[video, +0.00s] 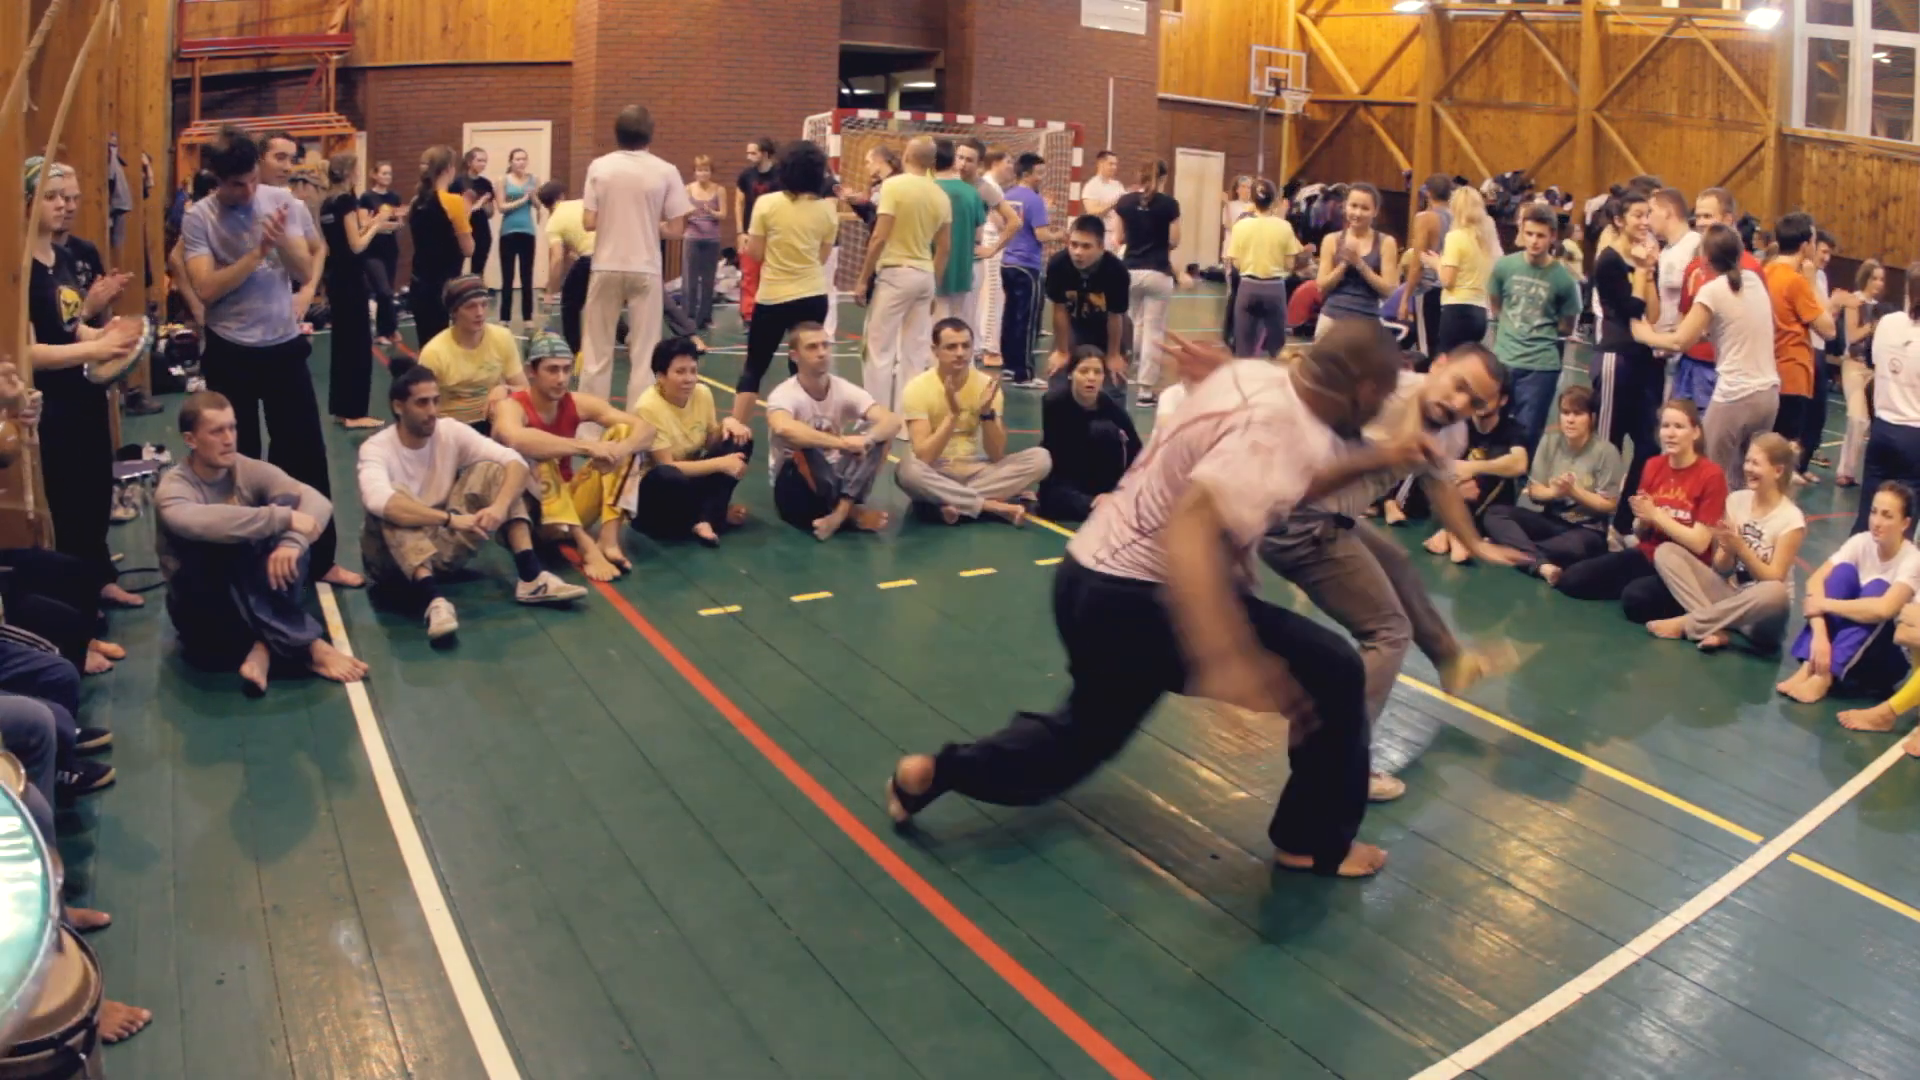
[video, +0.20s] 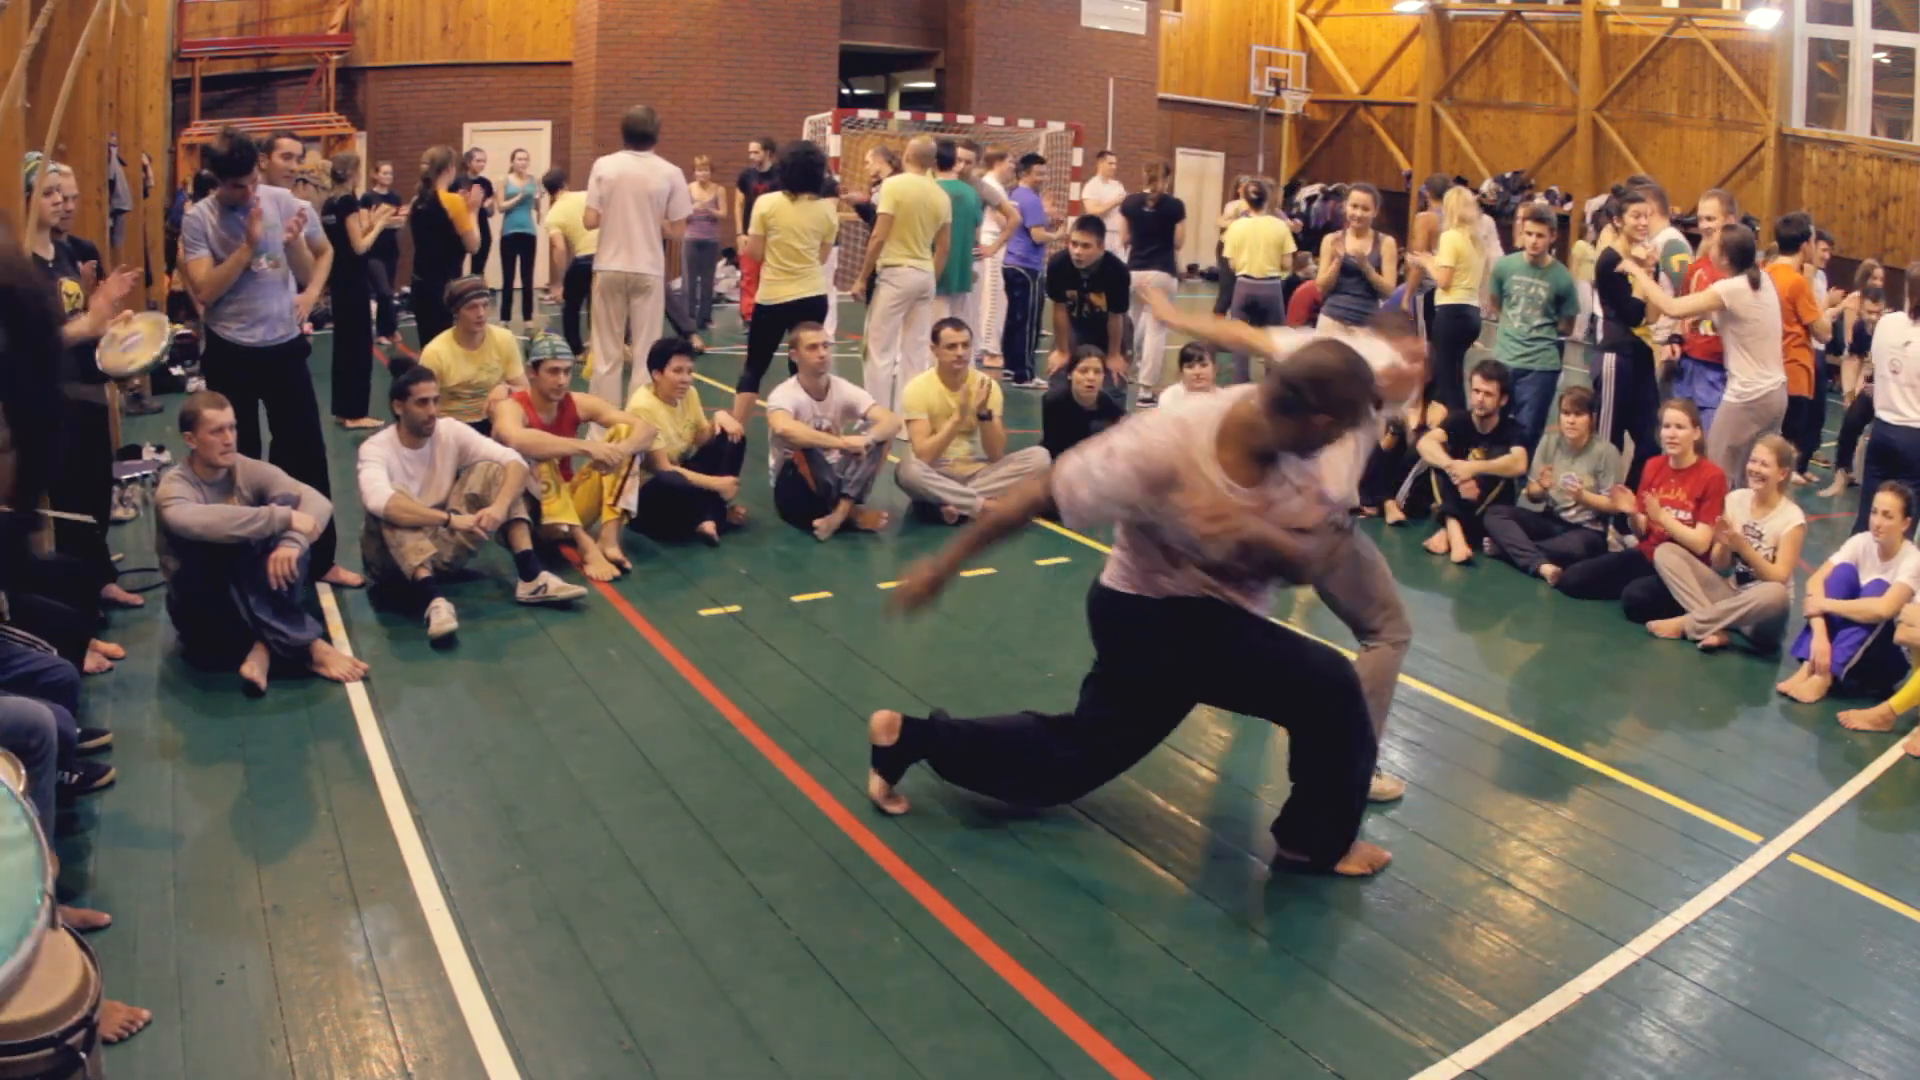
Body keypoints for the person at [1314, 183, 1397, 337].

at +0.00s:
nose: (1357, 213)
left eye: (1364, 208)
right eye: (1353, 206)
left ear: (1375, 213)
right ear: (1345, 207)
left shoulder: (1386, 243)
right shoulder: (1331, 240)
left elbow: (1389, 289)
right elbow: (1322, 285)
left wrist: (1359, 263)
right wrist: (1343, 264)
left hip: (1367, 317)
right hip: (1332, 314)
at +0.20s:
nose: (1358, 214)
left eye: (1365, 209)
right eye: (1354, 207)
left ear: (1375, 213)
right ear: (1345, 207)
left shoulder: (1386, 243)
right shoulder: (1331, 240)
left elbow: (1388, 290)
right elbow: (1322, 286)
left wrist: (1365, 266)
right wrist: (1337, 260)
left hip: (1367, 322)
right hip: (1332, 318)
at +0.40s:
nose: (1357, 213)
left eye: (1364, 209)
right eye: (1353, 207)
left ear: (1375, 213)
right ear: (1345, 208)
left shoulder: (1385, 243)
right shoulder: (1331, 241)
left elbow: (1387, 289)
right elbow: (1323, 285)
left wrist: (1359, 262)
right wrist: (1345, 265)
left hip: (1368, 321)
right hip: (1333, 318)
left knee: (1372, 397)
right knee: (1332, 396)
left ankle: (1371, 458)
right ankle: (1334, 456)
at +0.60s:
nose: (1357, 213)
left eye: (1364, 209)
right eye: (1353, 207)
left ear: (1375, 212)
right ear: (1345, 208)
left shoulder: (1385, 243)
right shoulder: (1332, 240)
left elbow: (1388, 288)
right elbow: (1321, 285)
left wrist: (1367, 267)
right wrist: (1336, 260)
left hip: (1367, 323)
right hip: (1332, 319)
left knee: (1372, 394)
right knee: (1333, 393)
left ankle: (1372, 460)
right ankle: (1337, 457)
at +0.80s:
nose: (1357, 214)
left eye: (1363, 209)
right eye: (1352, 207)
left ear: (1374, 212)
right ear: (1345, 208)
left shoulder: (1385, 242)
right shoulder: (1331, 240)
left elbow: (1387, 288)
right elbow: (1322, 286)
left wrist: (1360, 265)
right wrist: (1344, 265)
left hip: (1367, 323)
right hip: (1332, 320)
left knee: (1372, 395)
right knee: (1333, 394)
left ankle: (1371, 461)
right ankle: (1336, 457)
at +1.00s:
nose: (1356, 214)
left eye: (1363, 209)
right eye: (1352, 208)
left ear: (1374, 212)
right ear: (1345, 209)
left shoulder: (1386, 243)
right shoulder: (1332, 240)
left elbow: (1388, 287)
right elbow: (1323, 284)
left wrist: (1366, 267)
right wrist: (1335, 264)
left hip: (1367, 322)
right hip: (1333, 318)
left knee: (1373, 397)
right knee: (1333, 396)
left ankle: (1372, 462)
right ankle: (1336, 457)